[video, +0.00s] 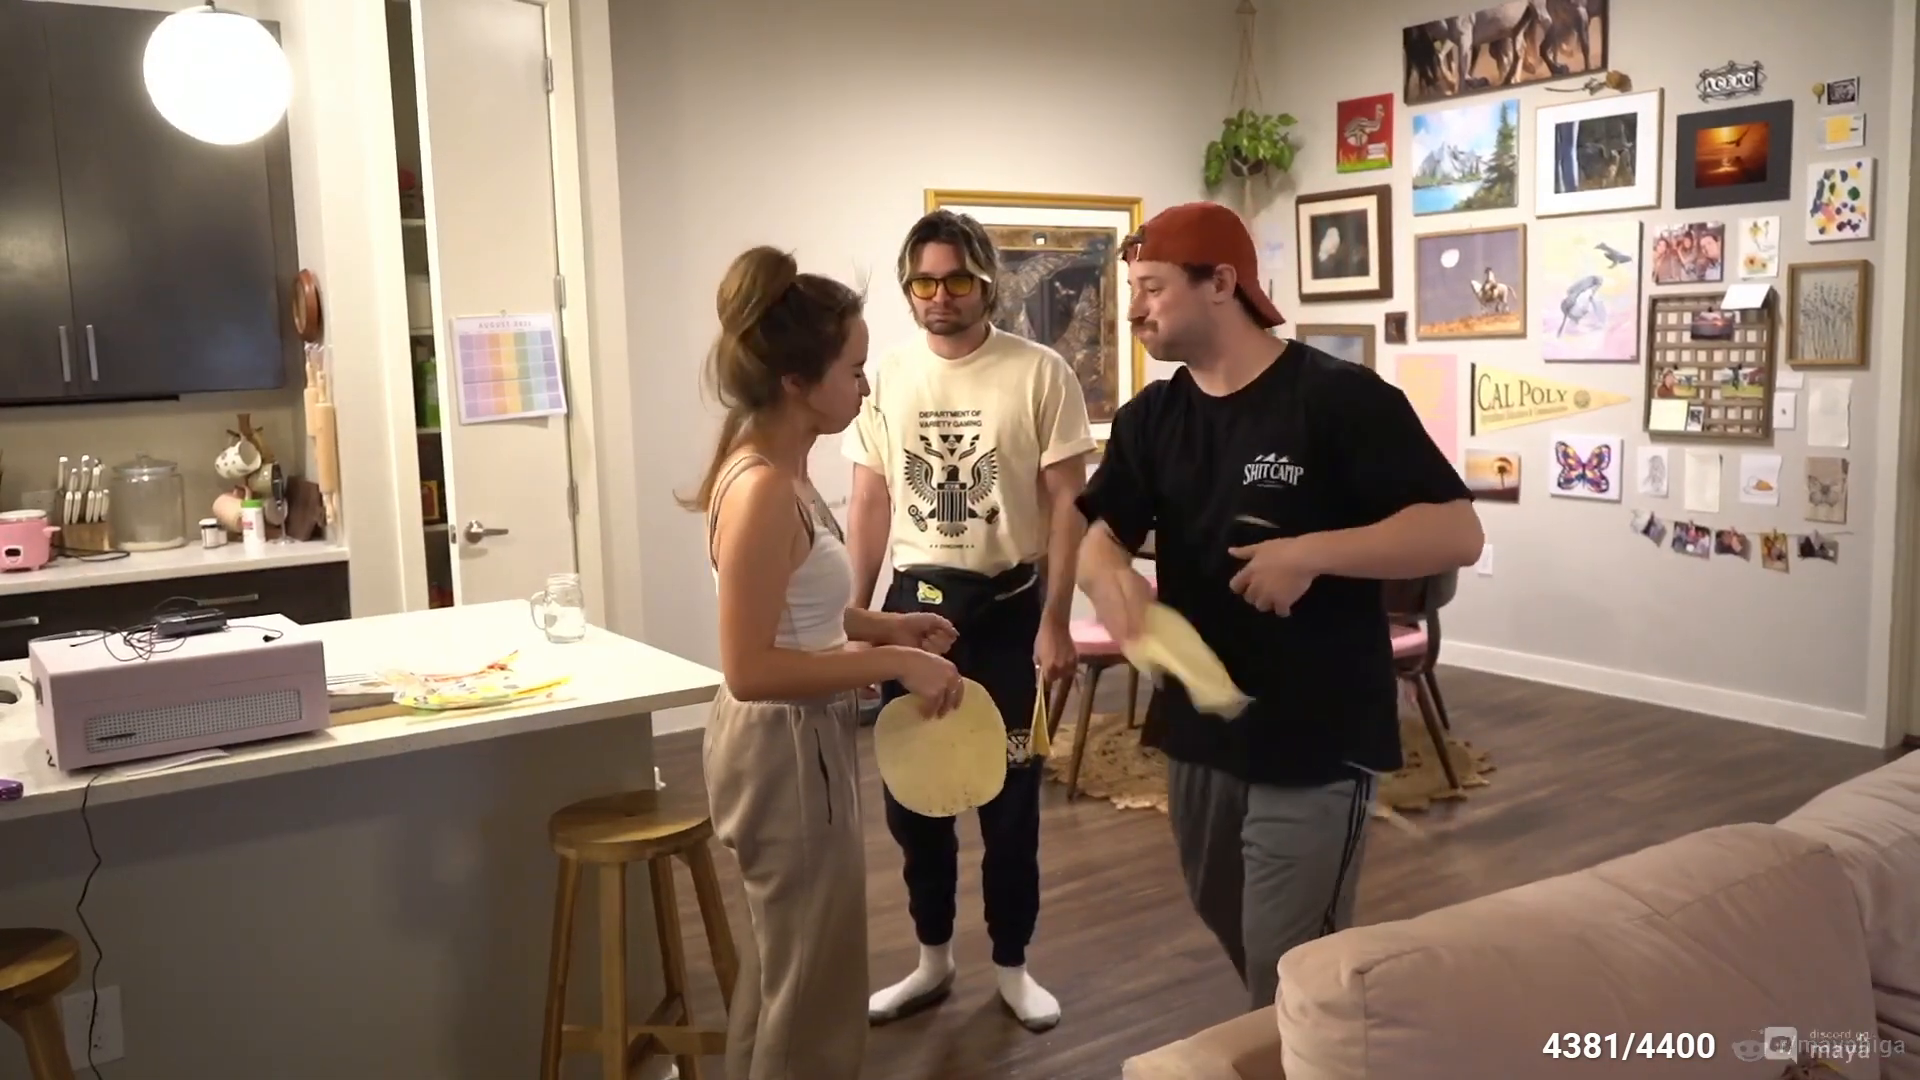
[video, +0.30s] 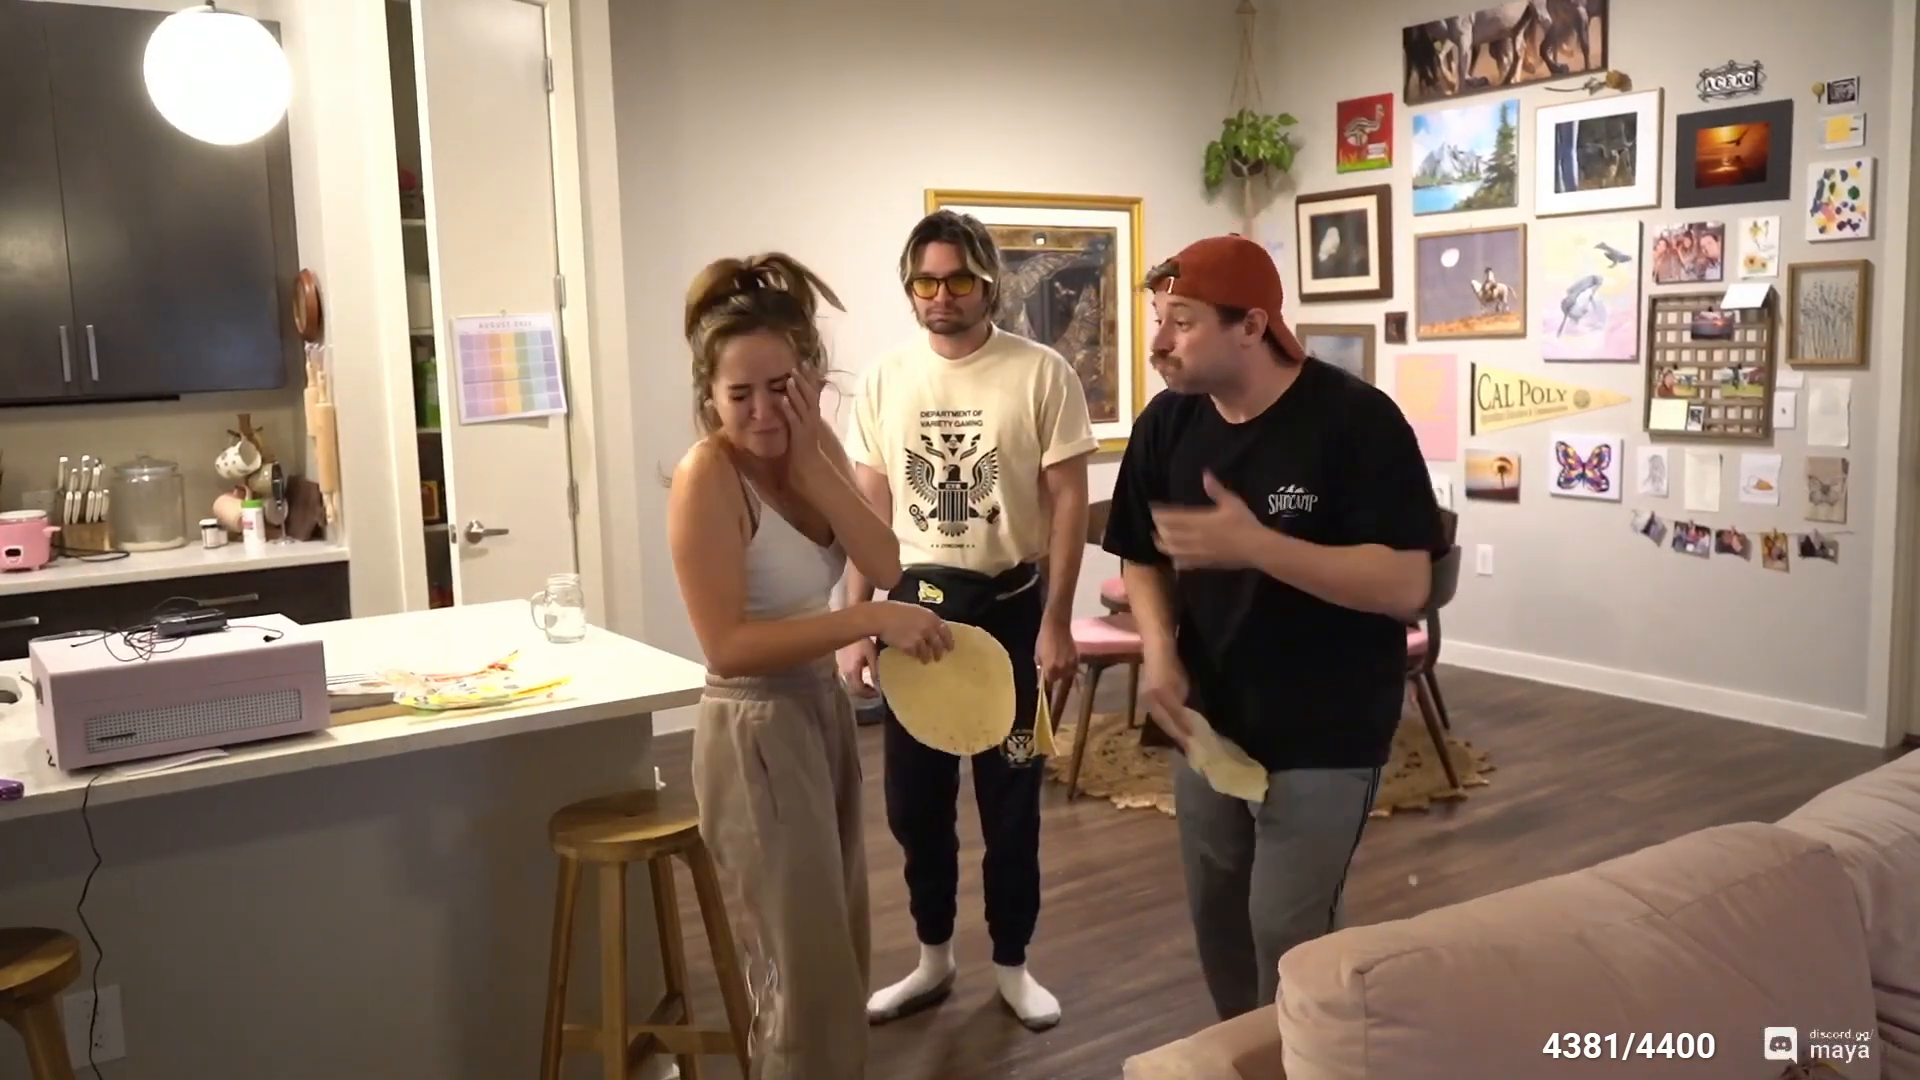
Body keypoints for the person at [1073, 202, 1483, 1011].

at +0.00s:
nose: (1138, 309)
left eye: (1154, 288)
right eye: (1136, 291)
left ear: (1221, 285)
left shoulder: (1343, 400)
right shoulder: (1152, 417)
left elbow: (1458, 530)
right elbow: (1098, 535)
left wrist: (1310, 552)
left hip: (1315, 741)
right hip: (1196, 733)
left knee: (1282, 969)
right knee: (1236, 931)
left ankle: (1319, 1067)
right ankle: (1304, 1042)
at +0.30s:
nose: (1160, 339)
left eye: (1181, 321)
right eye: (1160, 318)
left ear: (1250, 328)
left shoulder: (1360, 421)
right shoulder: (1167, 423)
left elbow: (1410, 582)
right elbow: (1141, 552)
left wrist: (1255, 546)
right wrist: (1159, 653)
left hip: (1324, 734)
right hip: (1208, 724)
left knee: (1285, 934)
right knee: (1218, 925)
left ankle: (1308, 1065)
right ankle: (1247, 1062)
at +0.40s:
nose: (1167, 331)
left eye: (1187, 313)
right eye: (1166, 311)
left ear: (1255, 319)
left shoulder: (1350, 403)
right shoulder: (1186, 400)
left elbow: (1286, 551)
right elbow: (1132, 534)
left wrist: (1183, 433)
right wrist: (1085, 636)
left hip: (1329, 710)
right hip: (1223, 705)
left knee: (1305, 921)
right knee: (1242, 908)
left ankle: (1333, 1062)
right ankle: (1267, 1055)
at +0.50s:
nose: (1178, 314)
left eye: (1198, 294)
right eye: (1179, 293)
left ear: (1267, 297)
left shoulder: (1347, 395)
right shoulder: (1192, 396)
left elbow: (1264, 528)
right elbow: (1105, 514)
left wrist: (1194, 400)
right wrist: (1010, 568)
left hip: (1334, 730)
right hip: (1225, 722)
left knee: (1359, 951)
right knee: (1282, 940)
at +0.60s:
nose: (1160, 346)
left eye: (1183, 325)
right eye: (1163, 324)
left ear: (1253, 335)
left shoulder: (1332, 433)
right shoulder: (1173, 431)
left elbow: (1263, 564)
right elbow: (1059, 523)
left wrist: (1186, 435)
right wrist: (938, 518)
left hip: (1329, 751)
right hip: (1243, 743)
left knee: (1299, 973)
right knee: (1357, 922)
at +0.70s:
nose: (1122, 385)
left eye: (1145, 368)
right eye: (1126, 366)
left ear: (1213, 379)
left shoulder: (1290, 465)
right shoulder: (1142, 467)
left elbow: (1198, 576)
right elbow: (1003, 529)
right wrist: (870, 494)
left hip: (1338, 748)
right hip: (1267, 756)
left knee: (1261, 951)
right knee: (1376, 940)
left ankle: (1327, 1067)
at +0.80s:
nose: (1061, 382)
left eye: (1080, 364)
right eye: (1063, 363)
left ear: (1153, 376)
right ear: (1140, 377)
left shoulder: (1220, 471)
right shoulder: (1097, 458)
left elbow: (1046, 578)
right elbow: (941, 518)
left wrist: (849, 573)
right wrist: (807, 518)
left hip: (1323, 750)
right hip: (1232, 749)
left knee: (1264, 976)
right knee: (1253, 954)